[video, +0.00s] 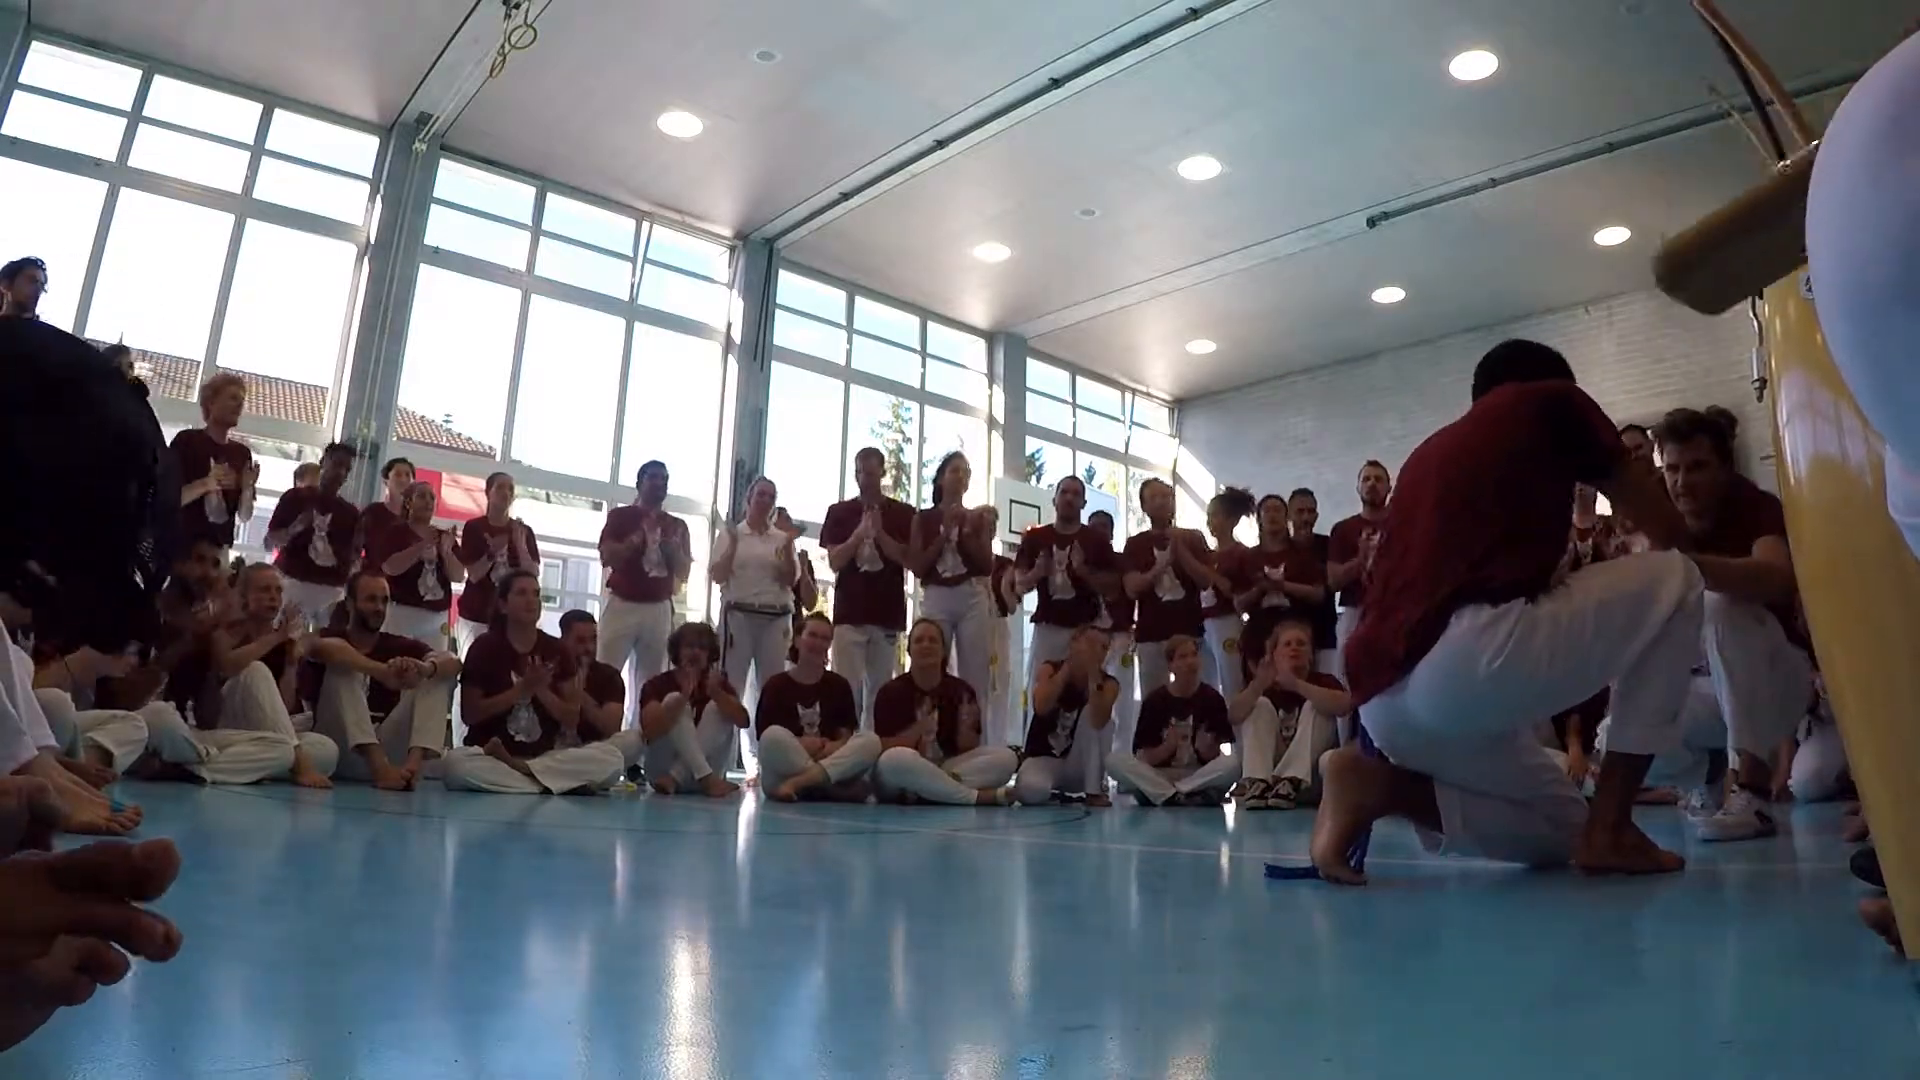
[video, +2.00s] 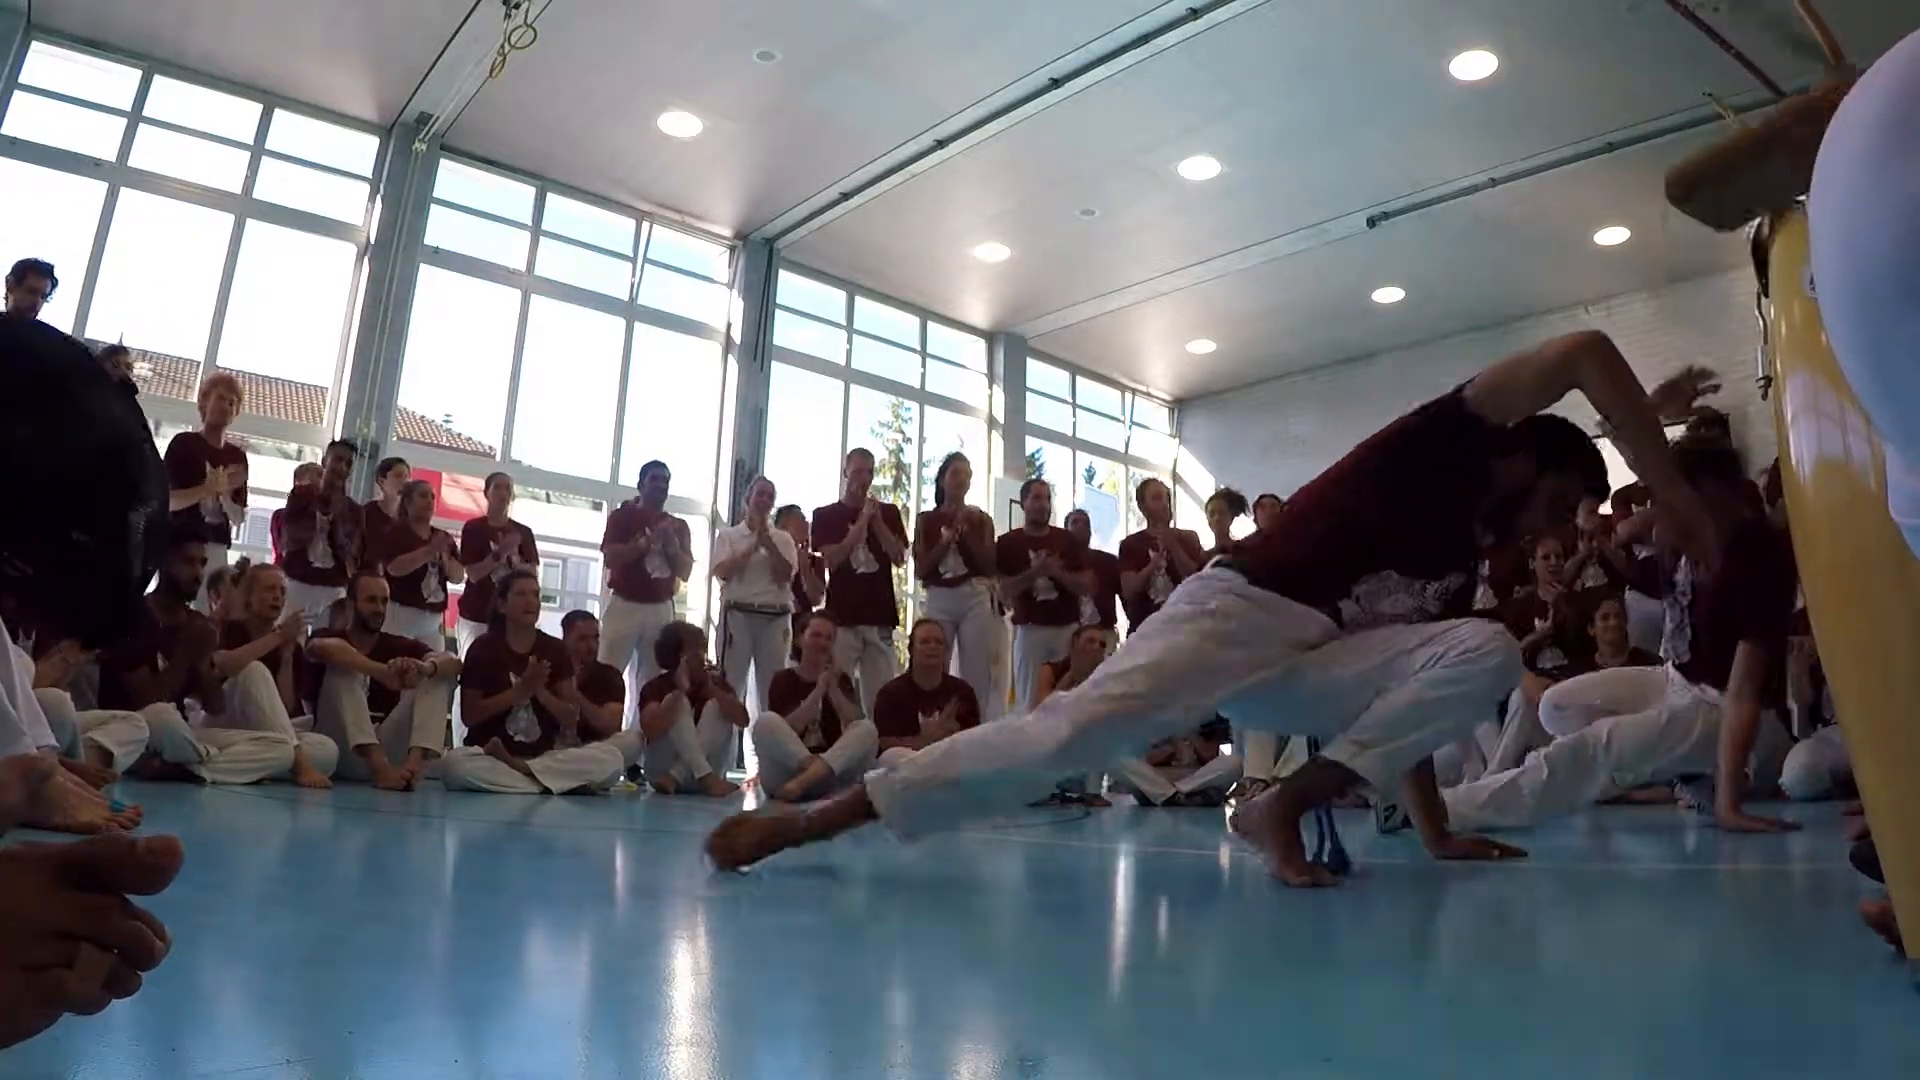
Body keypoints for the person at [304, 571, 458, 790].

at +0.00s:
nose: (380, 608)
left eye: (384, 601)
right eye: (371, 600)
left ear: (389, 603)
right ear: (350, 603)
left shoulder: (393, 643)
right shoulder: (328, 638)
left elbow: (454, 662)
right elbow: (318, 648)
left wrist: (426, 667)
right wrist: (382, 672)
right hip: (335, 750)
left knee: (438, 673)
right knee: (342, 663)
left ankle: (414, 764)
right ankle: (379, 765)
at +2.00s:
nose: (380, 608)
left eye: (384, 601)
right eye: (371, 601)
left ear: (389, 603)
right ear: (352, 603)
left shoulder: (395, 644)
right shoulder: (328, 638)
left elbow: (455, 663)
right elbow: (319, 648)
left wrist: (426, 667)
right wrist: (383, 672)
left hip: (387, 751)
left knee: (437, 674)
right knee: (343, 663)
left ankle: (414, 764)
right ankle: (379, 766)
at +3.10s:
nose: (379, 608)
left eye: (383, 601)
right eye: (370, 601)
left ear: (388, 602)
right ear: (351, 603)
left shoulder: (394, 643)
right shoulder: (329, 637)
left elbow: (454, 663)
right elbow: (317, 650)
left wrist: (426, 666)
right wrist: (382, 672)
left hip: (387, 751)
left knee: (436, 674)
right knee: (341, 660)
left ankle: (416, 761)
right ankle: (378, 764)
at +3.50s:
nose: (379, 609)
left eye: (383, 601)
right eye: (370, 601)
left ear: (389, 603)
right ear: (350, 603)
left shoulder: (393, 643)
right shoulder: (329, 637)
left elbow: (454, 662)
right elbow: (317, 649)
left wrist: (426, 667)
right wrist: (382, 671)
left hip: (388, 750)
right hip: (338, 750)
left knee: (438, 673)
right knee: (342, 660)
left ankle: (416, 761)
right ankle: (378, 764)